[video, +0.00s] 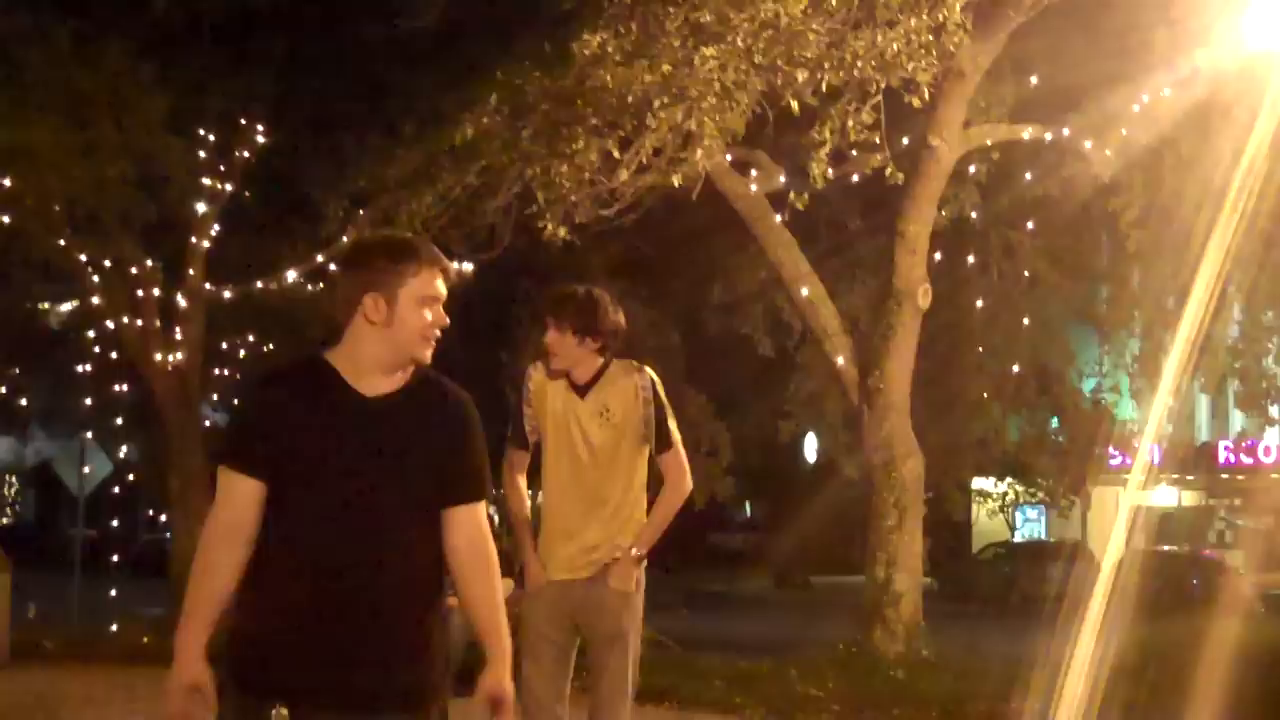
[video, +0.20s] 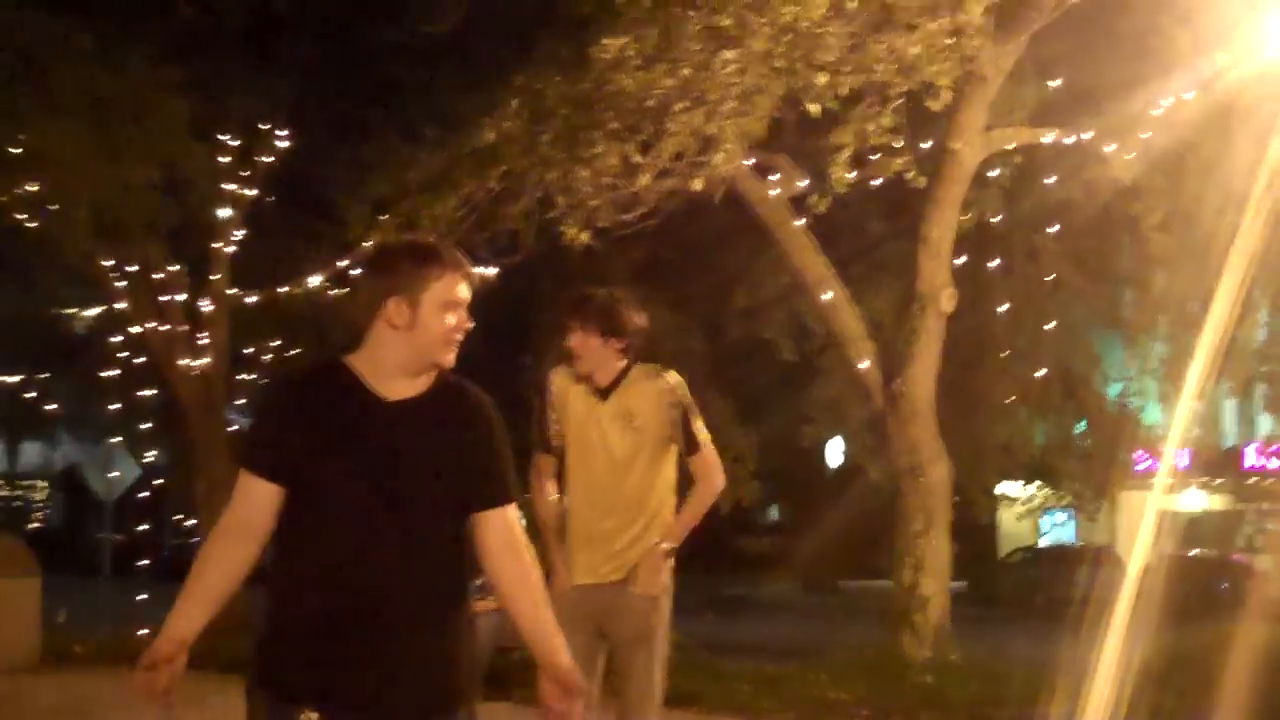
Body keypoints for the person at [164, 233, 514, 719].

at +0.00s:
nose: (442, 319)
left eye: (441, 305)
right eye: (428, 303)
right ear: (374, 308)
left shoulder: (446, 412)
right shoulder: (279, 397)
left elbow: (469, 540)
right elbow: (230, 526)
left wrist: (498, 658)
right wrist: (190, 649)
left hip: (399, 681)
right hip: (279, 679)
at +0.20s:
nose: (466, 324)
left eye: (466, 309)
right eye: (451, 308)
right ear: (397, 313)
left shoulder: (466, 415)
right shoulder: (300, 399)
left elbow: (505, 547)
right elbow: (242, 527)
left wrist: (553, 658)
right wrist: (176, 636)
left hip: (425, 689)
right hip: (303, 689)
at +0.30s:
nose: (488, 322)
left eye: (489, 308)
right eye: (474, 306)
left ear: (427, 312)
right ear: (419, 310)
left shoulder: (491, 414)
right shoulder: (325, 398)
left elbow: (532, 545)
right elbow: (261, 526)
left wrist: (582, 657)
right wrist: (190, 633)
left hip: (453, 689)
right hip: (332, 688)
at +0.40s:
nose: (553, 322)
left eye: (555, 307)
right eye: (537, 304)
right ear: (480, 304)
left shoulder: (557, 413)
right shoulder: (398, 394)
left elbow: (601, 542)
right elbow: (336, 522)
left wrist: (655, 658)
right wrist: (266, 629)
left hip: (519, 684)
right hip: (401, 681)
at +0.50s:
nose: (621, 325)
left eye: (623, 311)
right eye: (605, 307)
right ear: (545, 309)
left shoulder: (622, 414)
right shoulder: (466, 398)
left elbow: (665, 543)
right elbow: (407, 528)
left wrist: (719, 664)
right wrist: (346, 638)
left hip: (588, 686)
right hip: (473, 685)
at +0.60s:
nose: (689, 325)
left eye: (688, 310)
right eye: (674, 308)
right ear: (618, 312)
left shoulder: (689, 414)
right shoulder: (532, 399)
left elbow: (728, 544)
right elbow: (479, 526)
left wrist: (776, 660)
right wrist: (431, 640)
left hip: (653, 680)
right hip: (537, 678)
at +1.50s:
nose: (704, 312)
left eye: (705, 298)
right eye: (688, 296)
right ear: (634, 297)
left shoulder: (699, 406)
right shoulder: (542, 386)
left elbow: (739, 532)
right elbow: (497, 513)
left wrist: (776, 650)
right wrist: (461, 631)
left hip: (663, 671)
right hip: (541, 667)